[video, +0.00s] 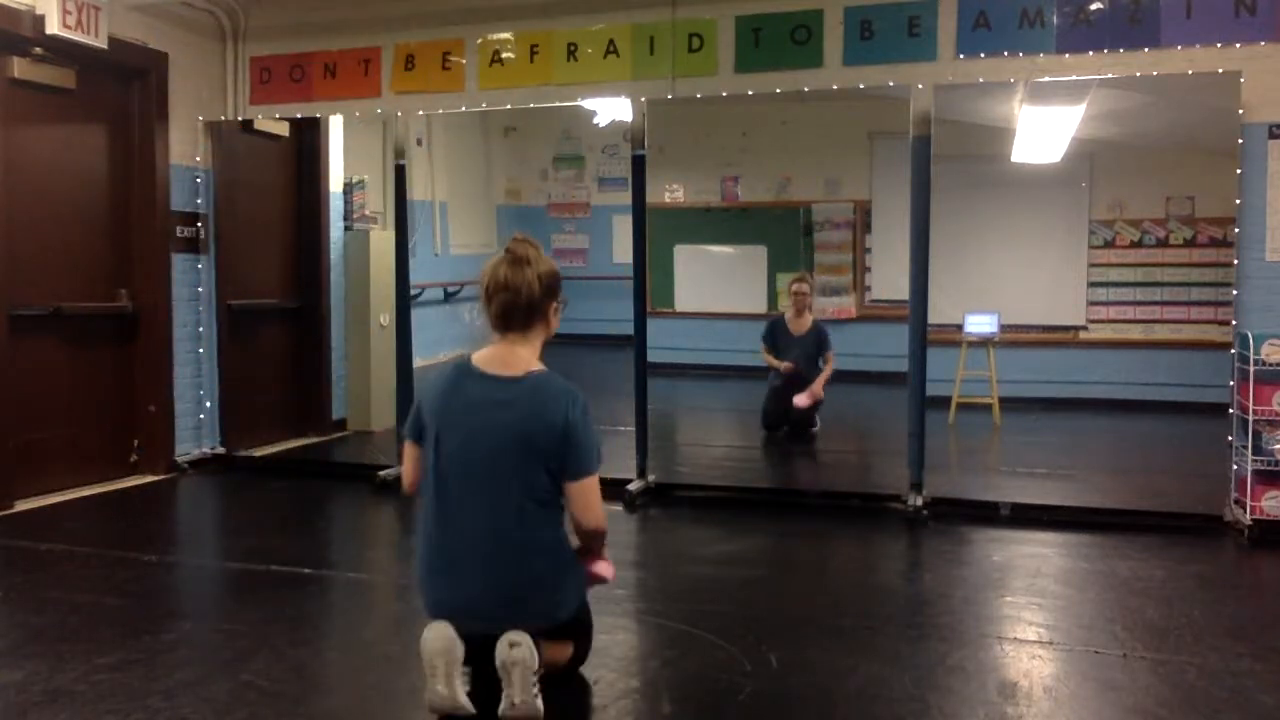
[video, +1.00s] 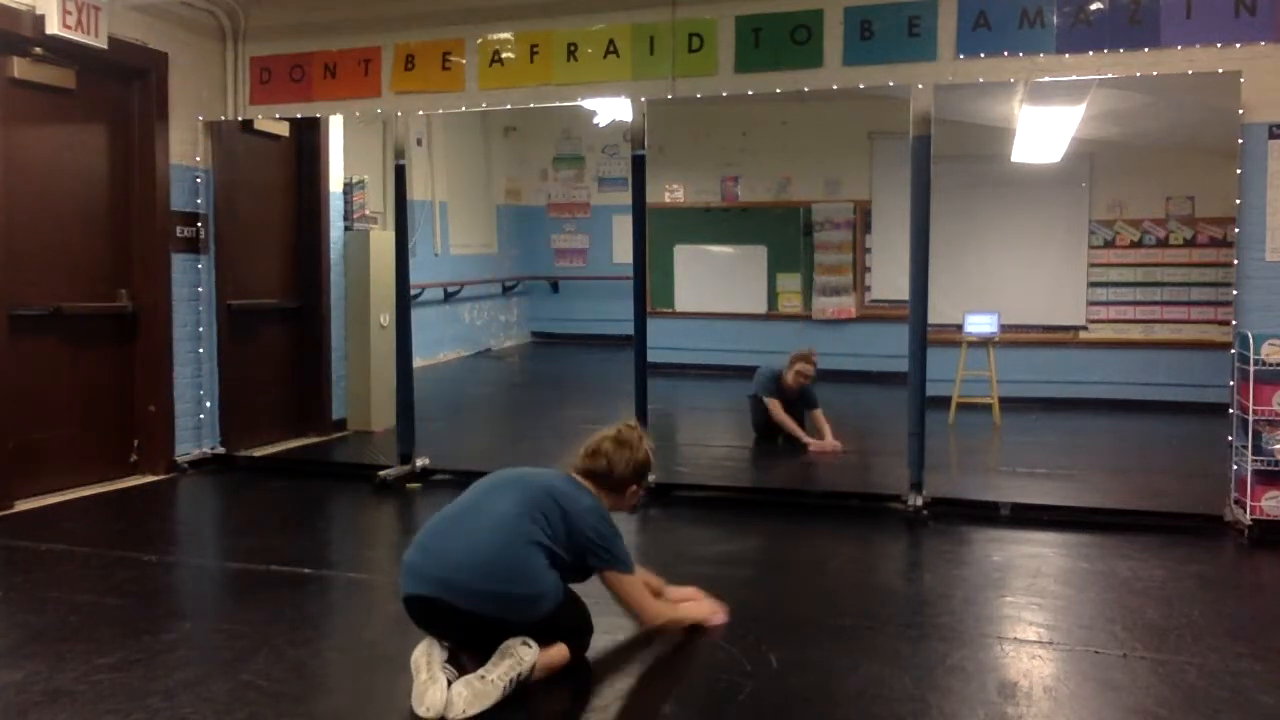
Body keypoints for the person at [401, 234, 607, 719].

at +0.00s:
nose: (559, 317)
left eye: (557, 306)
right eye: (559, 307)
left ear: (488, 307)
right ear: (551, 313)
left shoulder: (436, 386)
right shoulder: (562, 400)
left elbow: (409, 481)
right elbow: (590, 520)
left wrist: (460, 468)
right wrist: (591, 553)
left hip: (448, 584)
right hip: (532, 583)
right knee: (574, 639)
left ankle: (451, 651)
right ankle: (534, 655)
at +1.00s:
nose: (642, 494)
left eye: (644, 486)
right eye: (643, 487)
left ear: (584, 464)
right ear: (630, 491)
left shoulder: (532, 483)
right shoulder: (590, 515)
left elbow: (606, 558)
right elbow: (649, 616)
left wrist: (667, 590)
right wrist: (691, 613)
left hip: (421, 583)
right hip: (504, 585)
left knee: (492, 645)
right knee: (574, 635)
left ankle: (439, 658)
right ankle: (519, 664)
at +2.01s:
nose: (545, 354)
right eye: (543, 347)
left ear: (487, 366)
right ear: (541, 356)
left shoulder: (461, 434)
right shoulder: (581, 434)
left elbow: (445, 536)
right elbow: (591, 539)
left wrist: (481, 576)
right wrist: (561, 582)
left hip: (452, 614)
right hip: (547, 617)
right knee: (580, 638)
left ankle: (445, 672)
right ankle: (511, 686)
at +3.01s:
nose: (542, 392)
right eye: (538, 385)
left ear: (480, 403)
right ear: (535, 395)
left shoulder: (462, 450)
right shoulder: (562, 443)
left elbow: (461, 508)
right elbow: (564, 515)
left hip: (449, 595)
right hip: (539, 588)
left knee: (487, 650)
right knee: (579, 639)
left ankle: (444, 658)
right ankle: (528, 667)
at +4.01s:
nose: (633, 497)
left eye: (637, 490)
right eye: (638, 488)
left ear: (584, 454)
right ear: (628, 477)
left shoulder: (521, 468)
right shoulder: (590, 495)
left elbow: (618, 549)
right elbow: (649, 565)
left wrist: (669, 575)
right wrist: (697, 592)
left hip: (432, 587)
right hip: (516, 584)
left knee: (491, 648)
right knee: (580, 632)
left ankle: (443, 660)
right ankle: (527, 664)